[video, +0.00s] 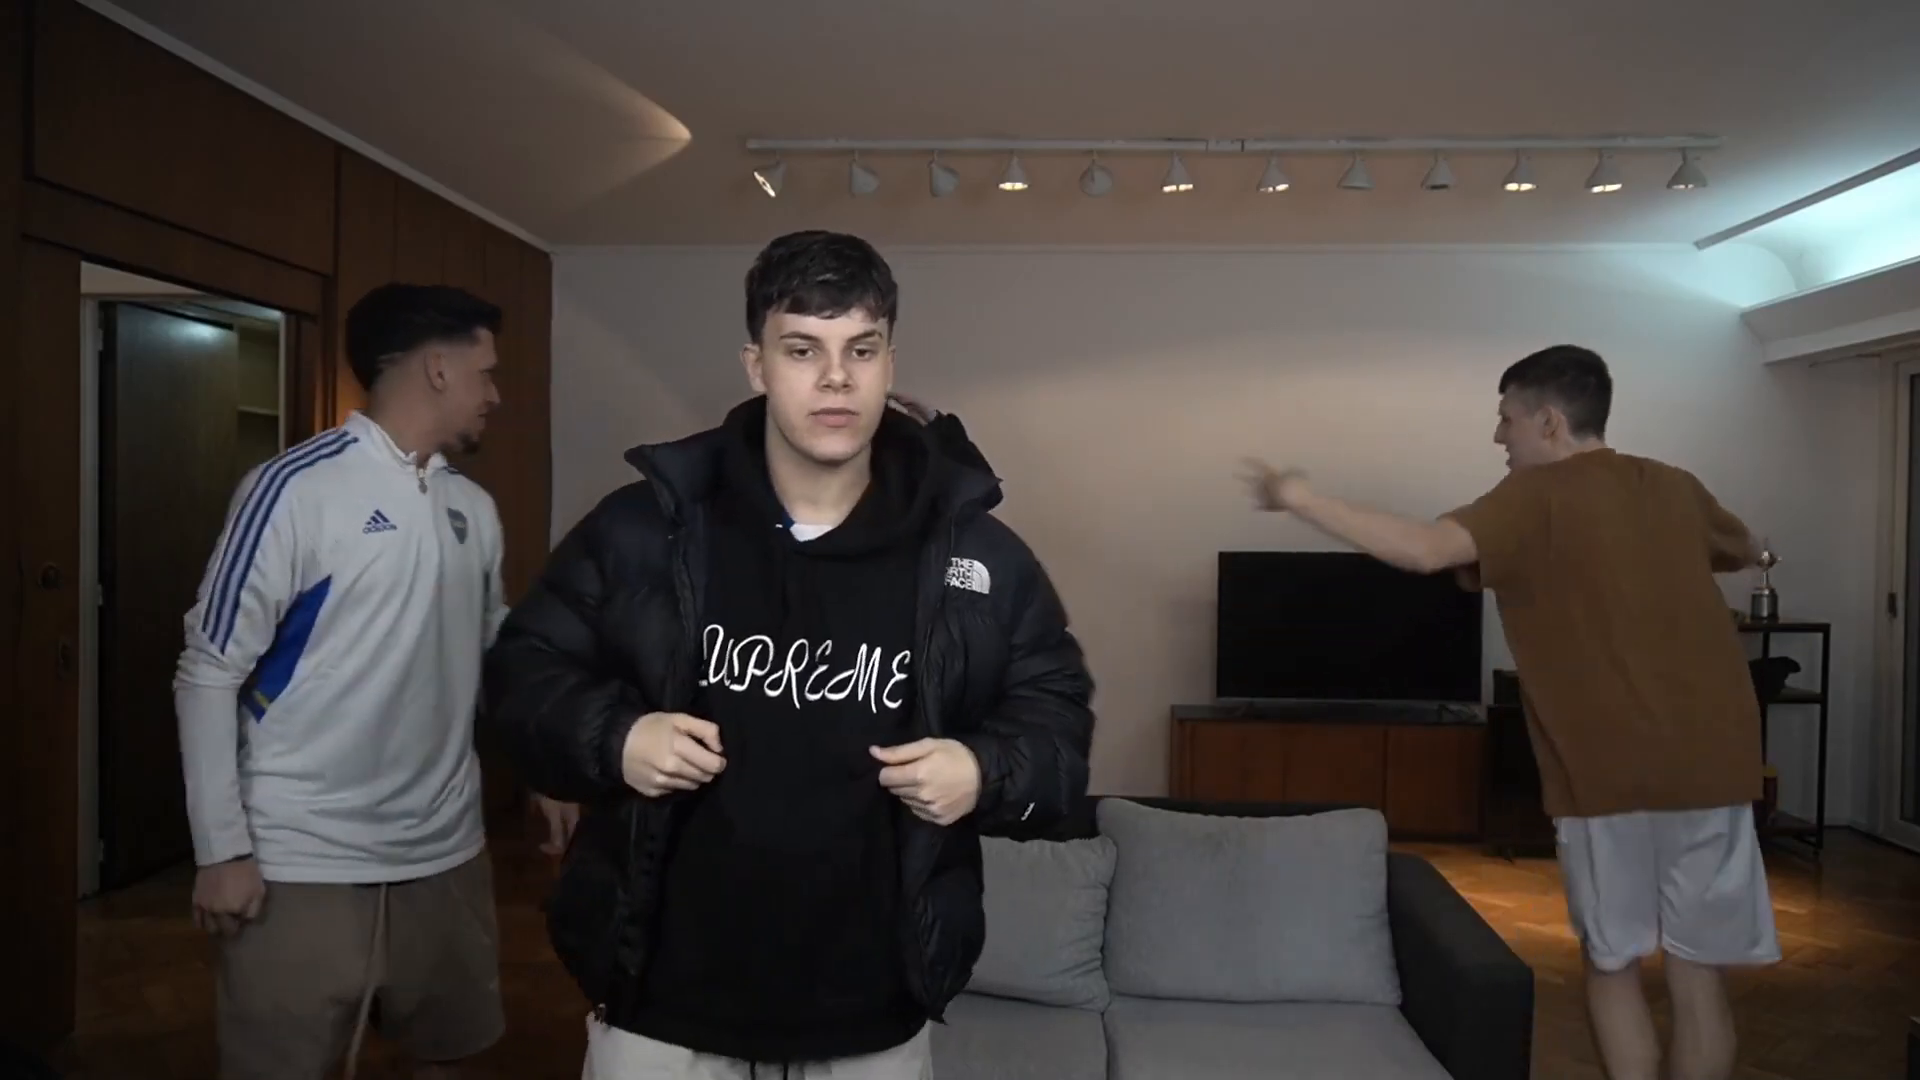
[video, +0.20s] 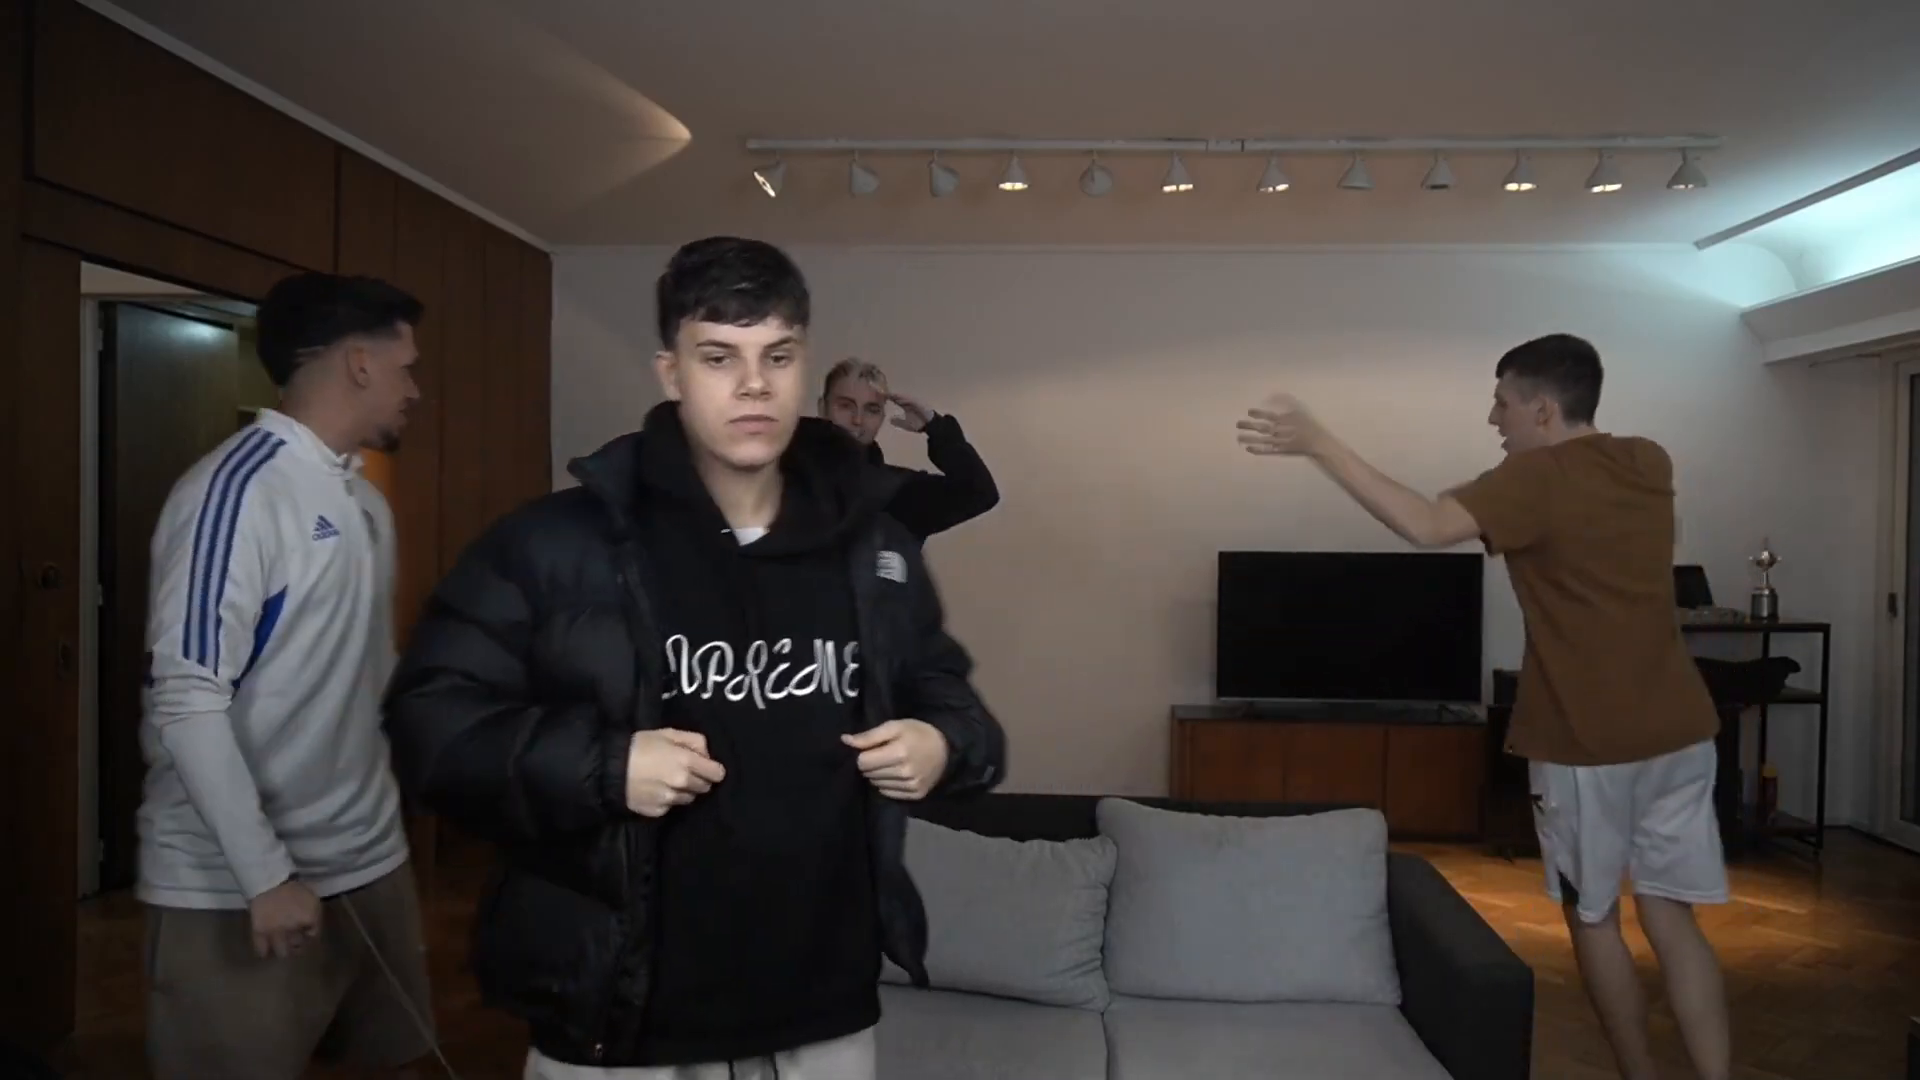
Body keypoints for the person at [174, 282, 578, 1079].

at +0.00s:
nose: (499, 398)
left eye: (496, 376)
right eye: (487, 375)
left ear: (432, 373)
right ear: (431, 371)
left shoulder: (475, 511)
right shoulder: (292, 491)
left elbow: (496, 654)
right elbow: (206, 671)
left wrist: (546, 771)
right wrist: (222, 850)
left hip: (448, 861)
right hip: (304, 870)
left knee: (450, 1059)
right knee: (288, 1066)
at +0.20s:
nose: (418, 394)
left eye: (416, 372)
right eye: (409, 369)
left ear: (352, 365)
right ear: (352, 362)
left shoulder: (366, 503)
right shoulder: (236, 488)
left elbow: (372, 671)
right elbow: (185, 701)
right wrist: (267, 878)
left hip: (370, 876)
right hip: (237, 901)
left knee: (395, 1063)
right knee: (231, 1070)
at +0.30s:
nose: (374, 386)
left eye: (372, 364)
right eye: (365, 361)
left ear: (307, 359)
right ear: (309, 356)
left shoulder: (286, 482)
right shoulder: (208, 484)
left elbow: (272, 700)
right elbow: (167, 709)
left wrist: (333, 852)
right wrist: (278, 879)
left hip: (311, 888)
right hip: (194, 911)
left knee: (348, 1064)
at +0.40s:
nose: (337, 378)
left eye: (335, 356)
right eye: (326, 354)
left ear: (264, 357)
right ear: (265, 354)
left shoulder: (243, 478)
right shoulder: (176, 481)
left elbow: (236, 697)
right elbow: (128, 707)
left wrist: (292, 845)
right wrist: (280, 856)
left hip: (229, 903)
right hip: (151, 918)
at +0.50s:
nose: (305, 366)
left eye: (301, 344)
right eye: (286, 343)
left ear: (219, 350)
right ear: (217, 348)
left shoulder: (214, 470)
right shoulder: (142, 473)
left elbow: (209, 679)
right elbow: (79, 693)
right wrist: (257, 796)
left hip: (221, 889)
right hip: (135, 908)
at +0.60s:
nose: (273, 356)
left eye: (272, 336)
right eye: (252, 335)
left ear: (183, 346)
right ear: (176, 343)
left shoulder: (193, 465)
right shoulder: (118, 464)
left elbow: (179, 665)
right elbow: (42, 678)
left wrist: (264, 736)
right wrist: (220, 764)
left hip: (187, 889)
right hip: (111, 904)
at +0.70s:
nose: (253, 354)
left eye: (251, 332)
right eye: (230, 332)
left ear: (162, 344)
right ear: (153, 340)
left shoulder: (180, 463)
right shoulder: (101, 464)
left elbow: (172, 658)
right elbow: (33, 679)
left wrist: (241, 777)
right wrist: (194, 806)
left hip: (158, 884)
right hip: (91, 897)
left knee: (161, 1062)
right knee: (90, 1066)